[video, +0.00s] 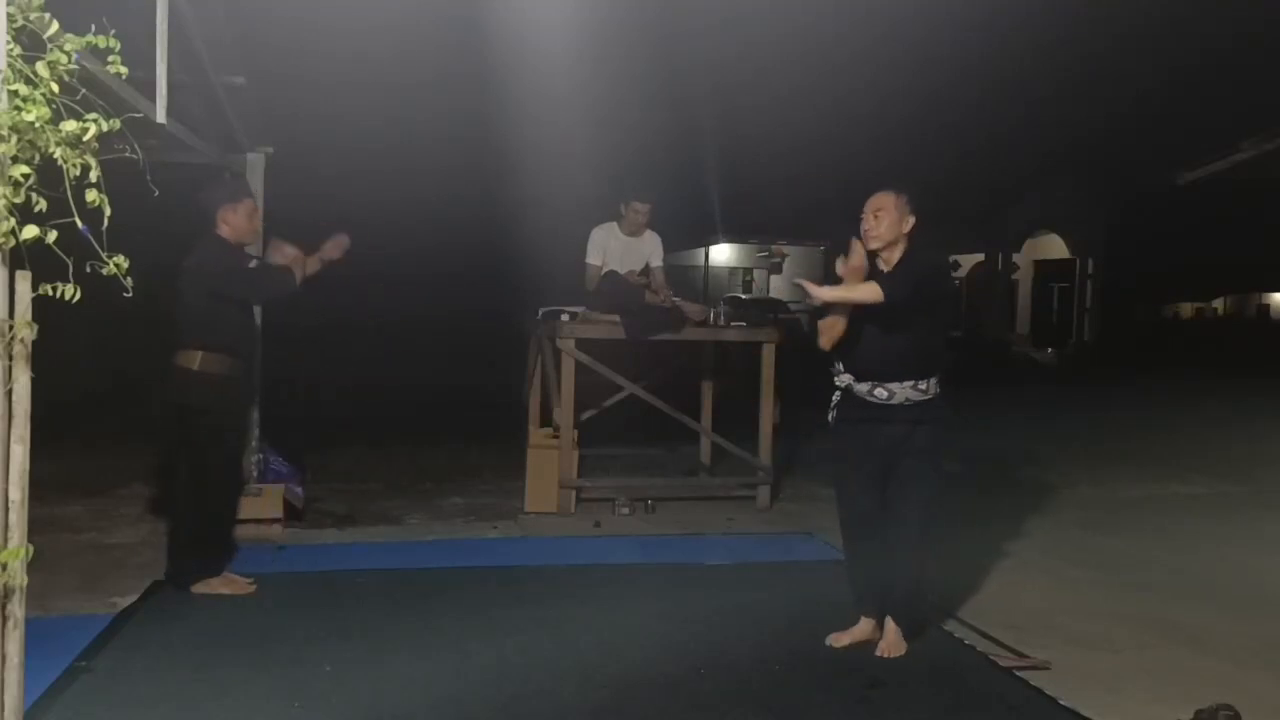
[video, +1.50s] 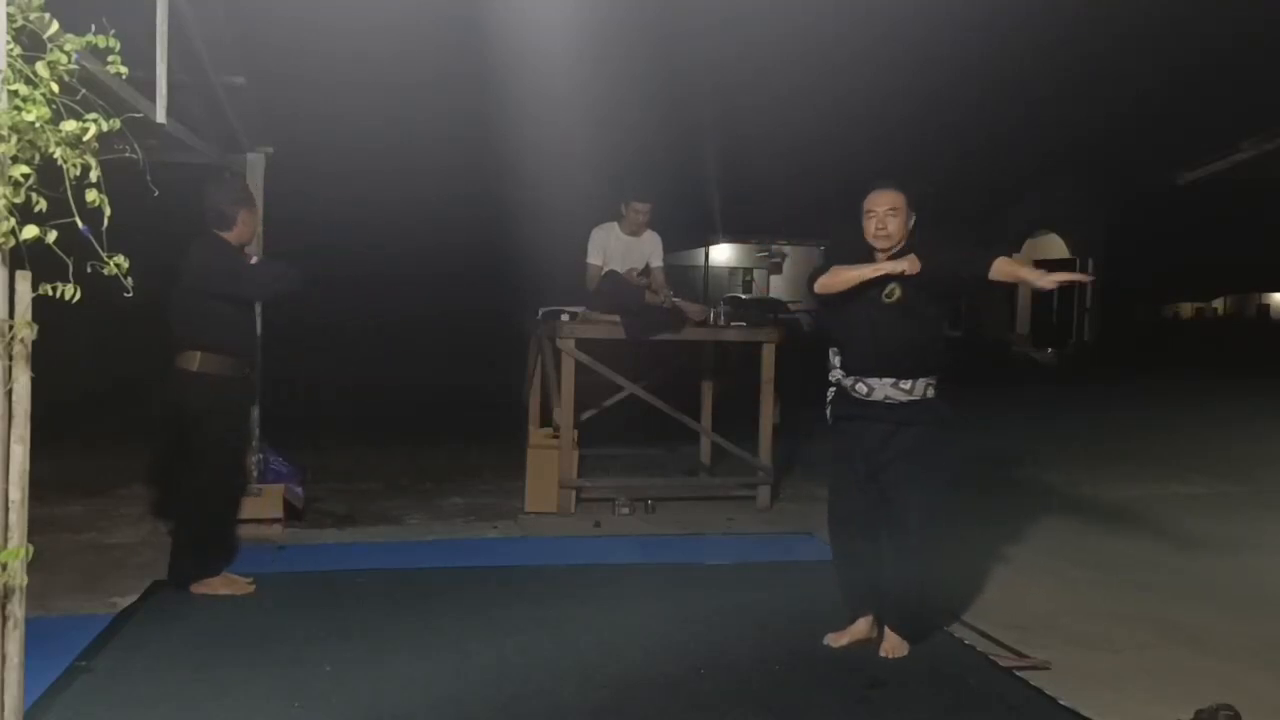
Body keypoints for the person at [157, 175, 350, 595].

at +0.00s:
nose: (258, 218)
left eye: (257, 210)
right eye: (251, 211)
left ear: (229, 216)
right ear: (227, 216)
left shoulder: (224, 258)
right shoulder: (211, 260)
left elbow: (273, 282)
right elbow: (262, 288)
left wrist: (321, 257)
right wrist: (295, 266)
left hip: (218, 386)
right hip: (203, 389)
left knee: (217, 476)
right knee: (209, 477)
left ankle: (207, 566)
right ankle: (198, 572)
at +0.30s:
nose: (249, 221)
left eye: (249, 213)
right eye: (242, 213)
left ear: (222, 217)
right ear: (214, 216)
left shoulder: (212, 255)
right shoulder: (210, 258)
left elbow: (253, 285)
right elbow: (265, 286)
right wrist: (303, 249)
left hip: (210, 379)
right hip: (207, 382)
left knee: (210, 471)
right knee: (211, 473)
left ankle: (202, 566)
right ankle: (201, 572)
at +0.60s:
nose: (241, 221)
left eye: (246, 213)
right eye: (232, 213)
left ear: (251, 219)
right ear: (210, 218)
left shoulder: (239, 264)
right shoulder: (202, 253)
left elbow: (283, 300)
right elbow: (235, 261)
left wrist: (263, 268)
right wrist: (252, 249)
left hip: (228, 385)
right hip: (200, 385)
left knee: (227, 476)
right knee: (207, 476)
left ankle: (213, 567)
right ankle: (196, 572)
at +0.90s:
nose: (248, 222)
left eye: (249, 214)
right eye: (240, 214)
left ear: (230, 218)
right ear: (214, 216)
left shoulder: (225, 259)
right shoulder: (203, 257)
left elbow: (241, 294)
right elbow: (263, 273)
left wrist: (279, 307)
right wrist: (280, 265)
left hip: (219, 383)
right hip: (204, 384)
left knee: (213, 473)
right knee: (213, 474)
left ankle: (198, 568)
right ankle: (200, 572)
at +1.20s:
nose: (252, 223)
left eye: (252, 215)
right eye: (246, 215)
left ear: (225, 218)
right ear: (223, 216)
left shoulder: (211, 255)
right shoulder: (208, 258)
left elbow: (261, 287)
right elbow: (268, 287)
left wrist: (288, 263)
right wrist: (293, 258)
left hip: (215, 381)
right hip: (207, 383)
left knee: (215, 472)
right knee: (213, 473)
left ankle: (206, 566)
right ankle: (201, 573)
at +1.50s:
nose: (256, 223)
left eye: (255, 215)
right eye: (252, 216)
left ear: (221, 217)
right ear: (236, 217)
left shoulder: (210, 254)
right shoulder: (214, 258)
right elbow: (265, 284)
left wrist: (251, 264)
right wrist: (263, 267)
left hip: (214, 383)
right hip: (210, 385)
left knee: (212, 474)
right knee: (216, 476)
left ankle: (202, 567)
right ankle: (202, 572)